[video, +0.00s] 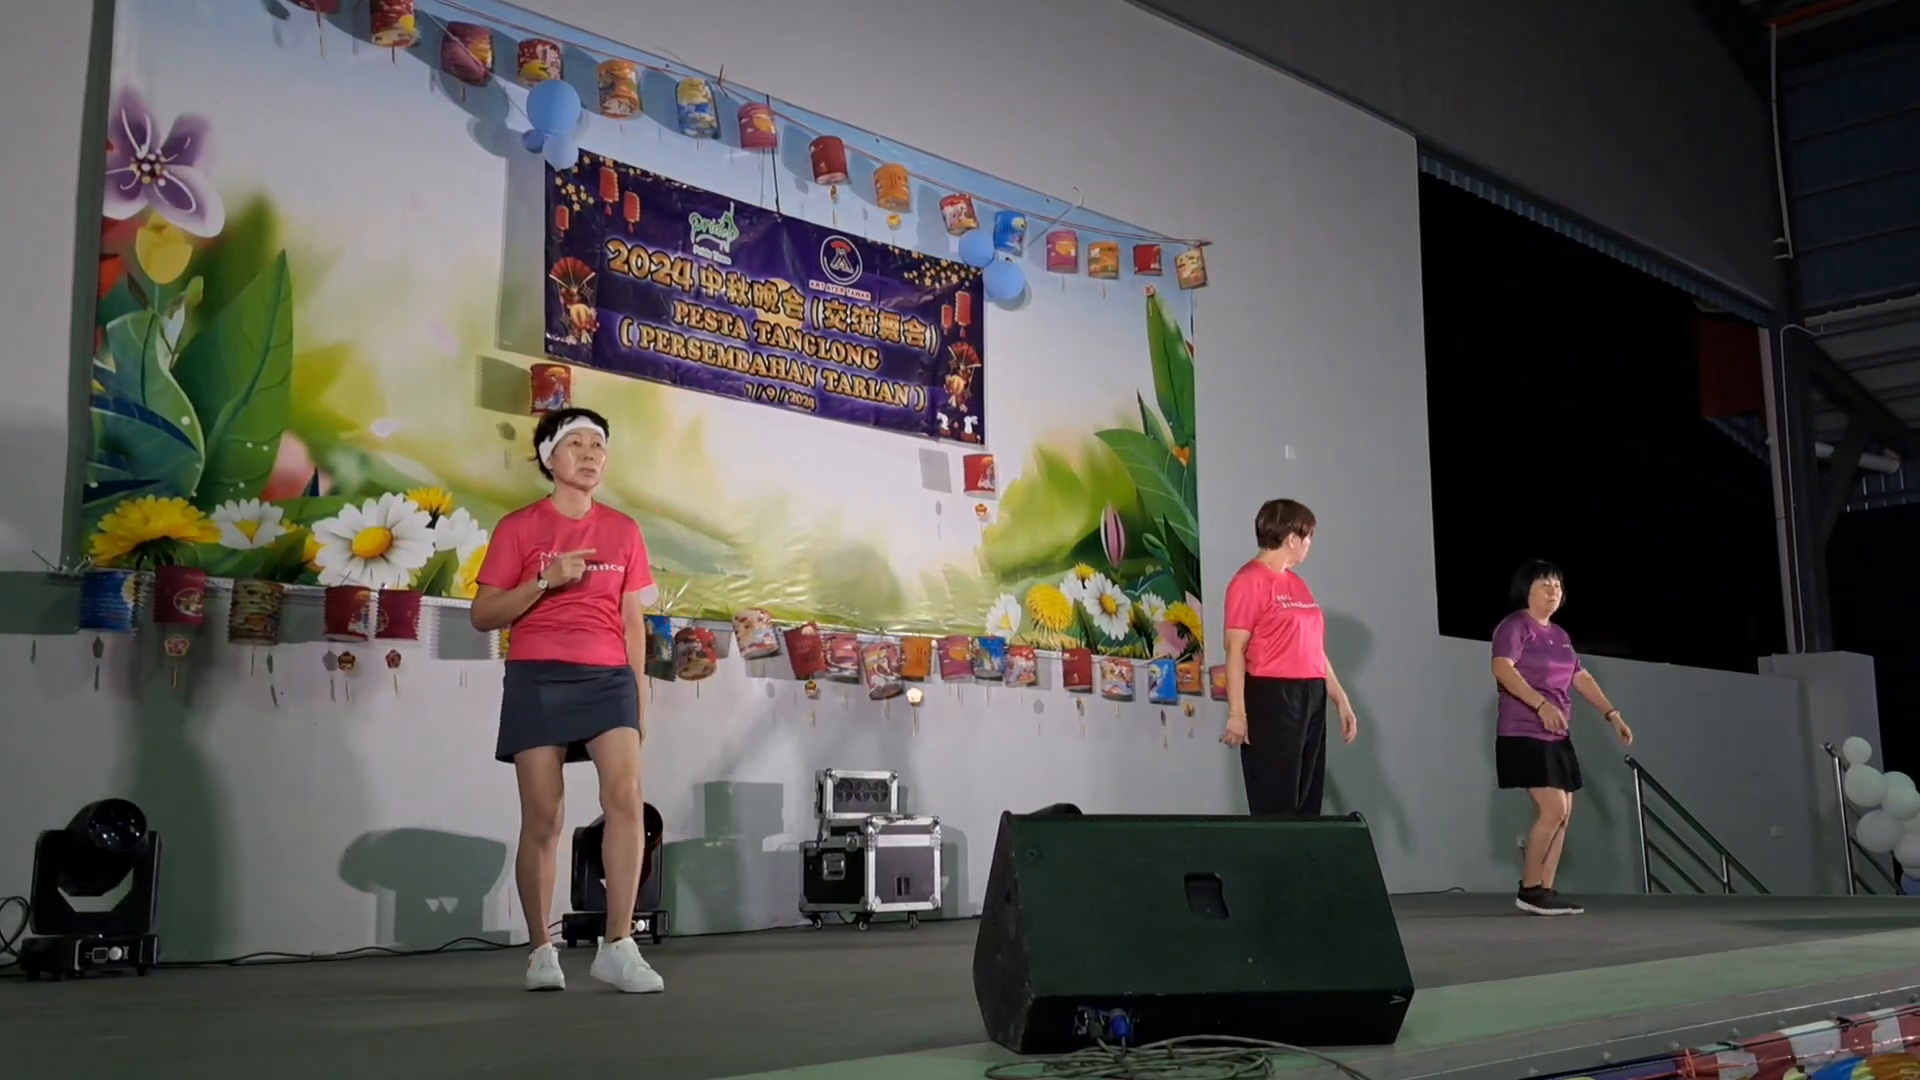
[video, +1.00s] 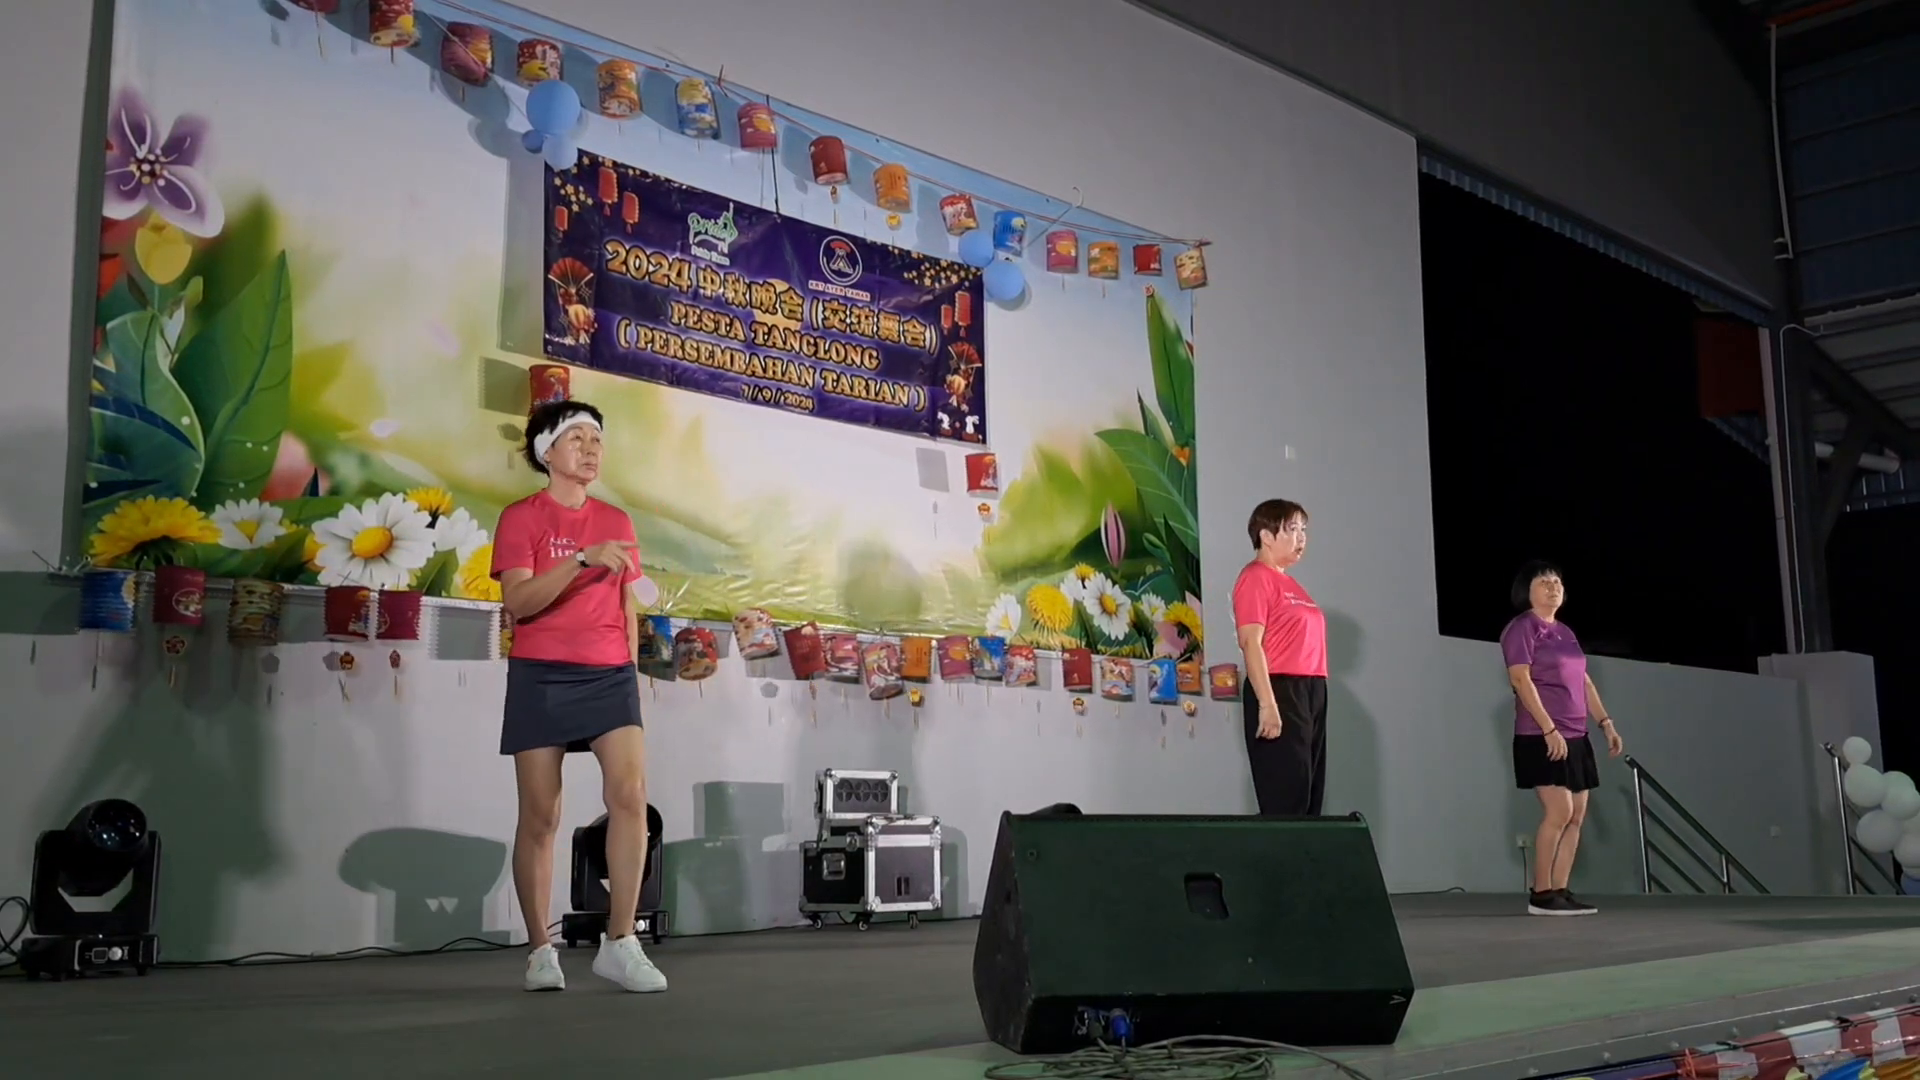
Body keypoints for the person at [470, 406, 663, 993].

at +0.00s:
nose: (589, 453)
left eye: (597, 446)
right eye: (576, 444)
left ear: (606, 461)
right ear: (549, 456)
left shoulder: (623, 530)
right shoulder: (518, 527)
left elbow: (634, 623)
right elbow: (484, 615)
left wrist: (637, 699)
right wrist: (545, 580)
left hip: (610, 680)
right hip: (536, 680)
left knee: (625, 796)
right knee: (543, 818)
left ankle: (618, 943)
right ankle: (543, 947)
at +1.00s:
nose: (590, 450)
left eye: (596, 442)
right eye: (577, 440)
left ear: (602, 454)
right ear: (546, 451)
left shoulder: (617, 522)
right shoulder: (522, 517)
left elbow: (627, 610)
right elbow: (517, 603)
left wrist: (630, 675)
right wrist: (582, 562)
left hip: (609, 677)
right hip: (540, 677)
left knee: (630, 794)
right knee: (540, 815)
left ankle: (620, 941)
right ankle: (542, 948)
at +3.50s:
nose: (596, 448)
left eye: (601, 440)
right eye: (583, 438)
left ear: (606, 453)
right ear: (551, 448)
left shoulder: (617, 523)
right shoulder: (518, 520)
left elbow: (632, 614)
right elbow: (491, 612)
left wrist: (646, 684)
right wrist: (539, 664)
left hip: (611, 681)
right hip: (538, 678)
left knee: (637, 800)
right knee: (542, 813)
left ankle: (617, 942)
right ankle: (542, 949)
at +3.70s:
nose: (591, 447)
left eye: (596, 439)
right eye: (578, 437)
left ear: (599, 450)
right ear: (544, 447)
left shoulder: (613, 521)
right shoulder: (514, 519)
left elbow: (629, 613)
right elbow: (497, 614)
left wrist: (641, 691)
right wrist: (503, 699)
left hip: (609, 678)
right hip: (537, 677)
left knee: (631, 803)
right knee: (540, 816)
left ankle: (612, 948)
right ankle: (542, 949)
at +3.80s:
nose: (590, 442)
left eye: (594, 435)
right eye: (577, 433)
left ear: (597, 449)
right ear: (543, 443)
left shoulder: (611, 518)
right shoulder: (514, 516)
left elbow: (629, 615)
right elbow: (495, 613)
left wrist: (639, 693)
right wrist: (485, 700)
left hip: (611, 678)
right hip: (537, 676)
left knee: (623, 810)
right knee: (542, 814)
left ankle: (610, 951)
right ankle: (542, 950)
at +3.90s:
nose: (590, 440)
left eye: (592, 432)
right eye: (576, 430)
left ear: (594, 446)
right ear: (542, 442)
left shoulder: (611, 516)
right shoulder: (514, 513)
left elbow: (628, 612)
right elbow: (487, 610)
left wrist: (639, 689)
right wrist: (475, 698)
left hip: (613, 677)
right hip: (540, 677)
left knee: (617, 812)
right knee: (543, 814)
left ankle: (611, 952)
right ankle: (542, 950)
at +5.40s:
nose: (580, 443)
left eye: (586, 435)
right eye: (567, 434)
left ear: (593, 450)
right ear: (535, 447)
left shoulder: (610, 519)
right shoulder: (514, 513)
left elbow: (667, 588)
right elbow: (502, 572)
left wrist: (706, 542)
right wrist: (549, 520)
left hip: (600, 677)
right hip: (532, 673)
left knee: (621, 807)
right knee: (537, 814)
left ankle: (608, 953)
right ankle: (541, 951)